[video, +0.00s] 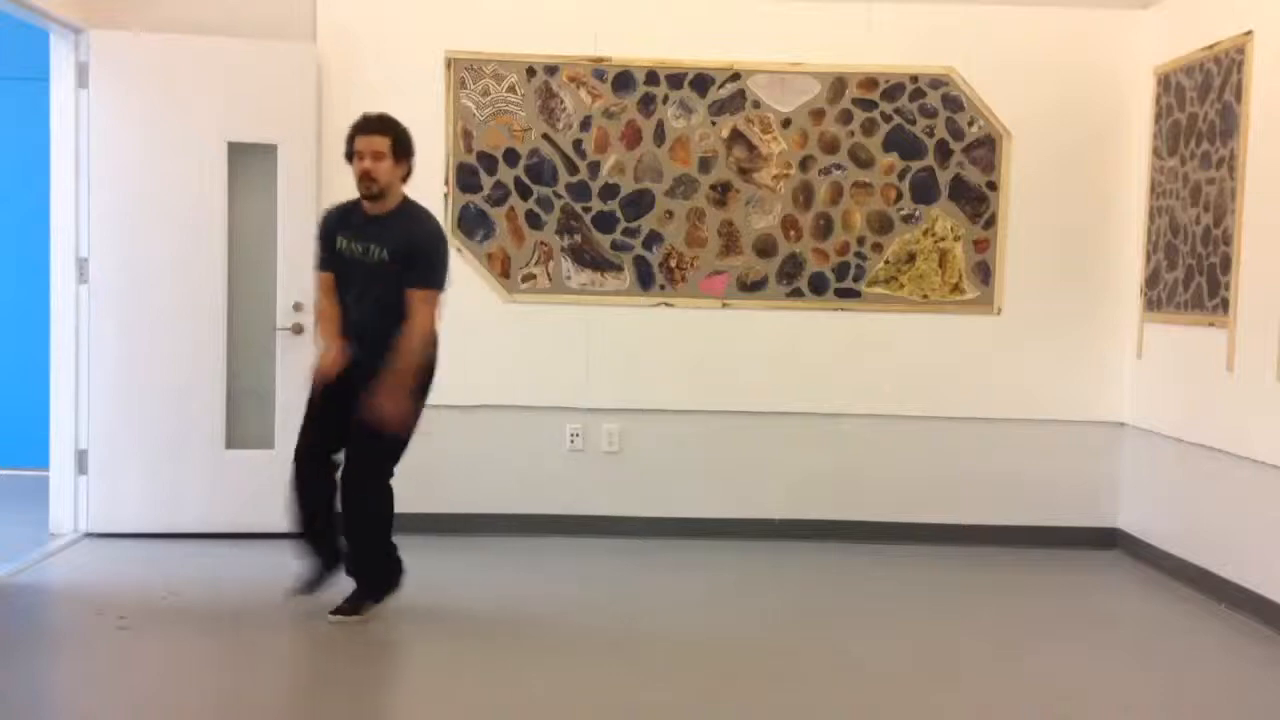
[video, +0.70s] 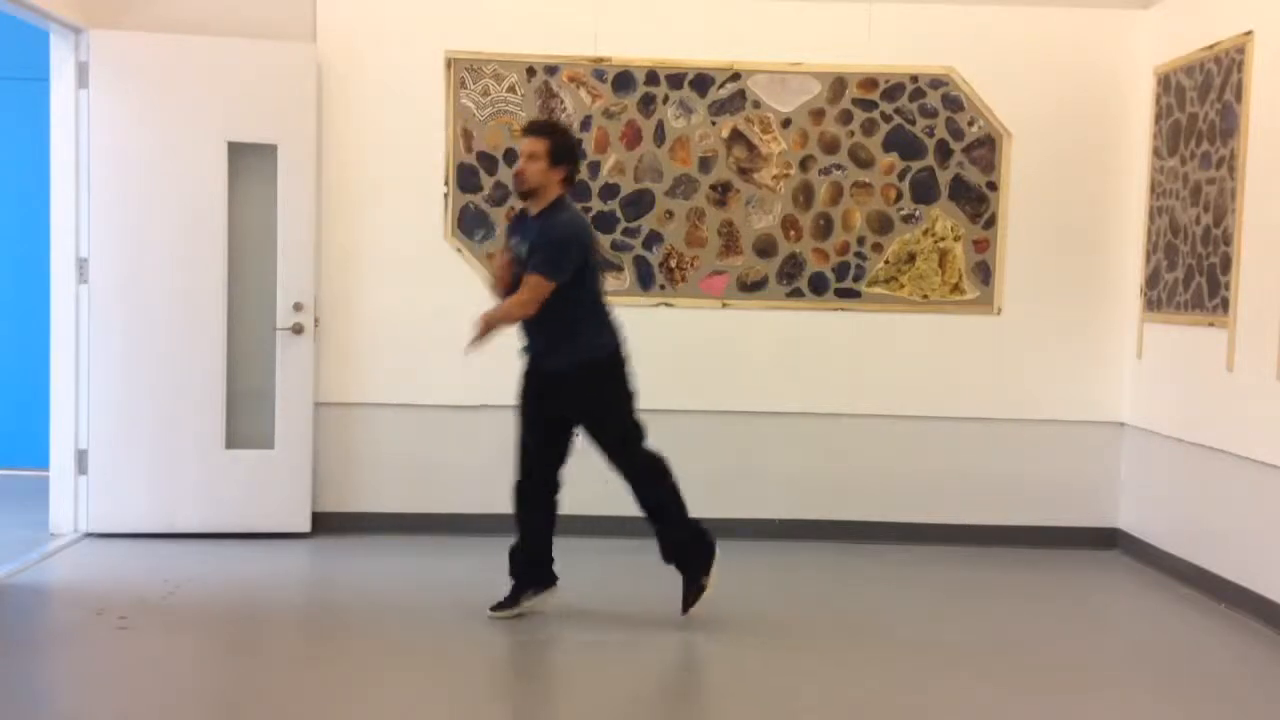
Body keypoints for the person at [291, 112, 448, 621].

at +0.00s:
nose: (365, 167)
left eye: (377, 158)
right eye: (358, 158)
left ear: (402, 165)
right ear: (350, 163)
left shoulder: (421, 229)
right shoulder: (337, 222)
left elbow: (421, 318)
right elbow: (327, 292)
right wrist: (331, 343)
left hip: (402, 356)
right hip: (350, 352)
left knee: (366, 468)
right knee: (311, 456)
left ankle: (376, 574)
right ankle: (327, 551)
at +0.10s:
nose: (382, 180)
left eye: (395, 172)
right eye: (376, 170)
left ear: (420, 183)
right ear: (368, 177)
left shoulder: (438, 247)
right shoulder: (360, 239)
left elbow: (482, 313)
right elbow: (339, 310)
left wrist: (512, 379)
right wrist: (300, 375)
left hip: (413, 385)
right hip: (365, 378)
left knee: (358, 480)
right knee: (329, 469)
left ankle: (383, 590)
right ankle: (405, 531)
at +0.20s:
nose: (407, 178)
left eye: (420, 170)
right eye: (402, 168)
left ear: (443, 185)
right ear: (393, 176)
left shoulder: (460, 239)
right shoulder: (380, 236)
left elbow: (527, 279)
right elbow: (360, 295)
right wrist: (337, 345)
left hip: (435, 380)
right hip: (390, 378)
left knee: (386, 480)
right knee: (387, 480)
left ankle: (386, 593)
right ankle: (466, 538)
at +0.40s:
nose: (445, 164)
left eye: (458, 156)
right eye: (439, 155)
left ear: (480, 167)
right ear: (430, 162)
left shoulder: (501, 224)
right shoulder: (422, 226)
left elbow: (549, 278)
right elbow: (422, 296)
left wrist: (556, 342)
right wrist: (427, 357)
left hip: (498, 365)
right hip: (448, 366)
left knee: (486, 478)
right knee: (475, 476)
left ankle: (479, 589)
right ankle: (524, 567)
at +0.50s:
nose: (469, 188)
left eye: (481, 180)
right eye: (465, 178)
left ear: (507, 191)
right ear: (459, 184)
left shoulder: (526, 250)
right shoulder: (456, 254)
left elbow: (532, 324)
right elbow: (461, 322)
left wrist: (476, 365)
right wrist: (459, 376)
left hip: (531, 382)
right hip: (484, 384)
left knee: (553, 482)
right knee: (487, 489)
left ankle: (595, 589)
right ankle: (535, 582)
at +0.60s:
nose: (493, 189)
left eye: (505, 182)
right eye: (492, 180)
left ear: (533, 195)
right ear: (491, 185)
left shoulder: (546, 254)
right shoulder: (493, 247)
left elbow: (514, 325)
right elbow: (496, 303)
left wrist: (455, 354)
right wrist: (475, 318)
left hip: (560, 393)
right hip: (512, 392)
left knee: (606, 481)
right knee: (503, 496)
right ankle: (537, 585)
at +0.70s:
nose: (519, 166)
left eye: (530, 159)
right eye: (519, 157)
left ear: (559, 170)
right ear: (526, 164)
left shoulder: (567, 227)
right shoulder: (523, 221)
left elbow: (530, 300)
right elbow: (511, 289)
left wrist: (492, 319)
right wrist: (505, 277)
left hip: (592, 365)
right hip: (547, 366)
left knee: (633, 460)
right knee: (536, 474)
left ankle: (692, 551)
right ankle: (533, 573)